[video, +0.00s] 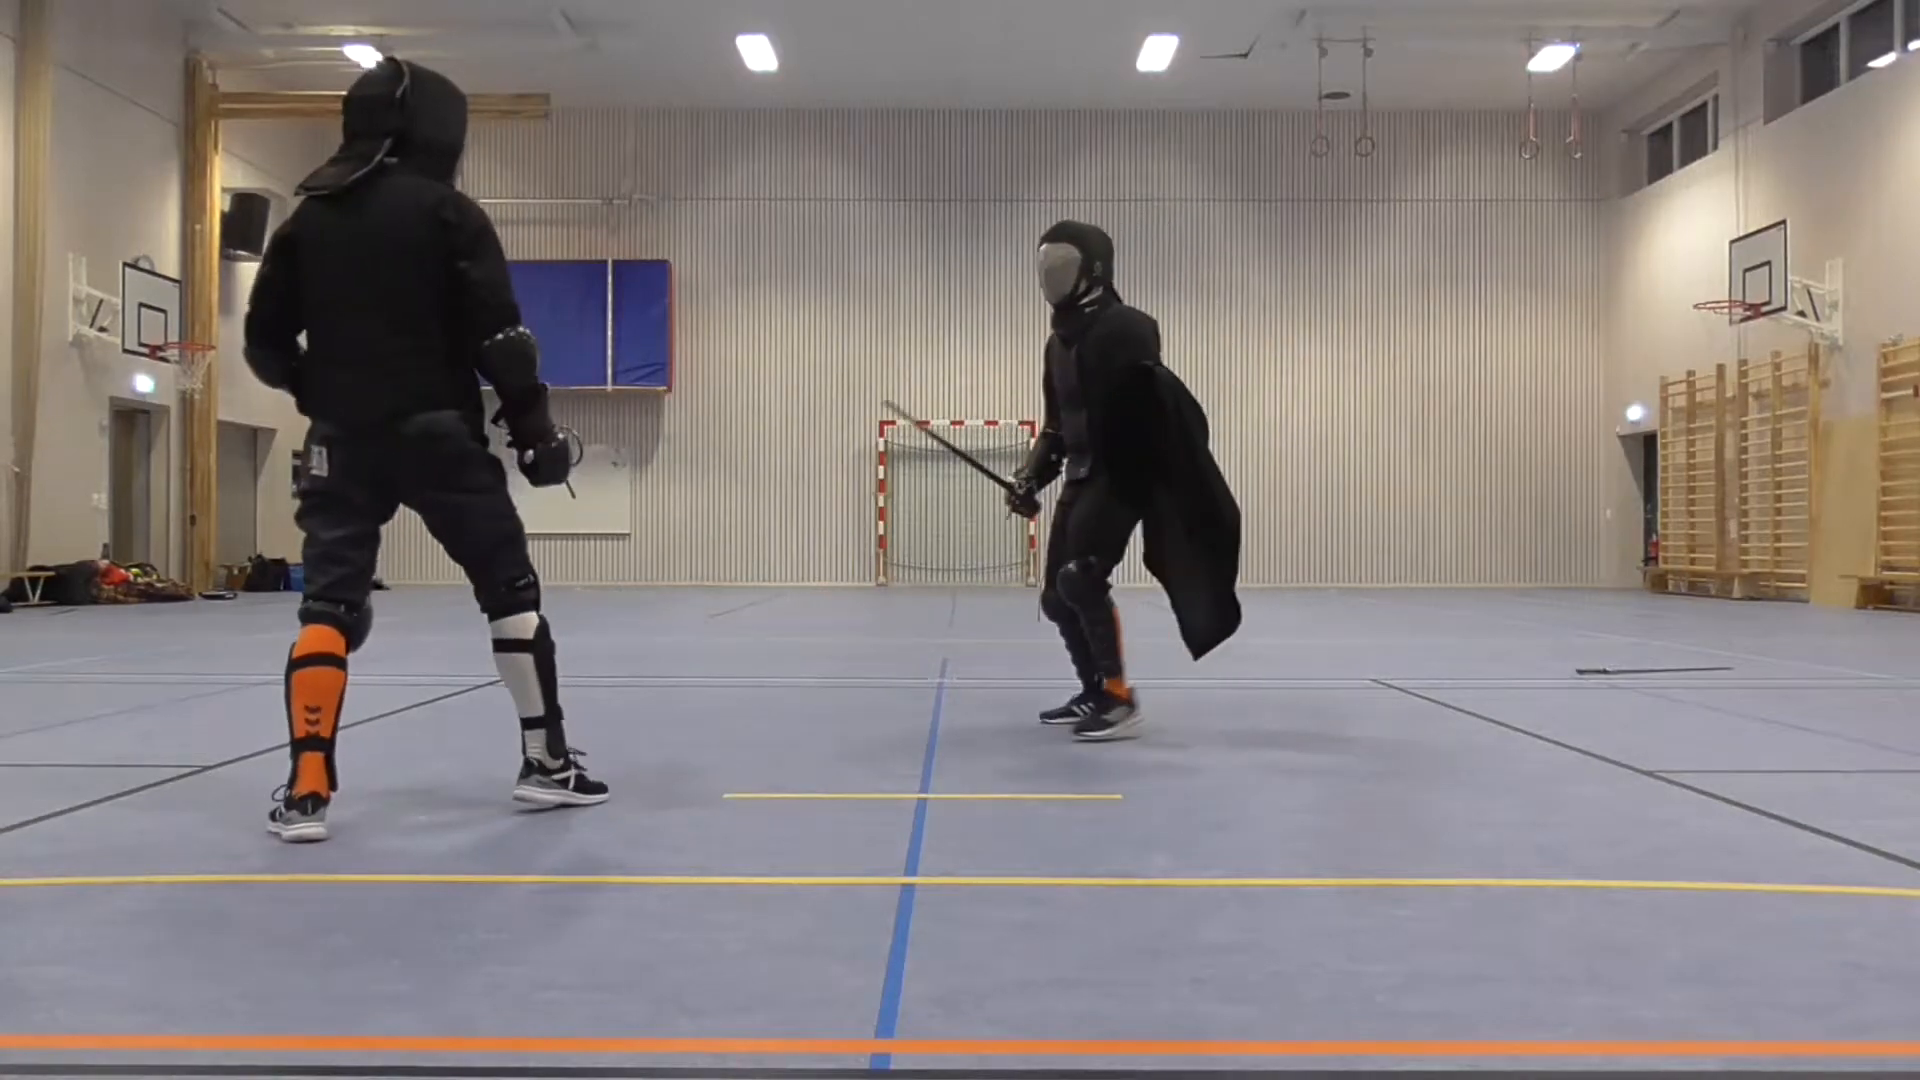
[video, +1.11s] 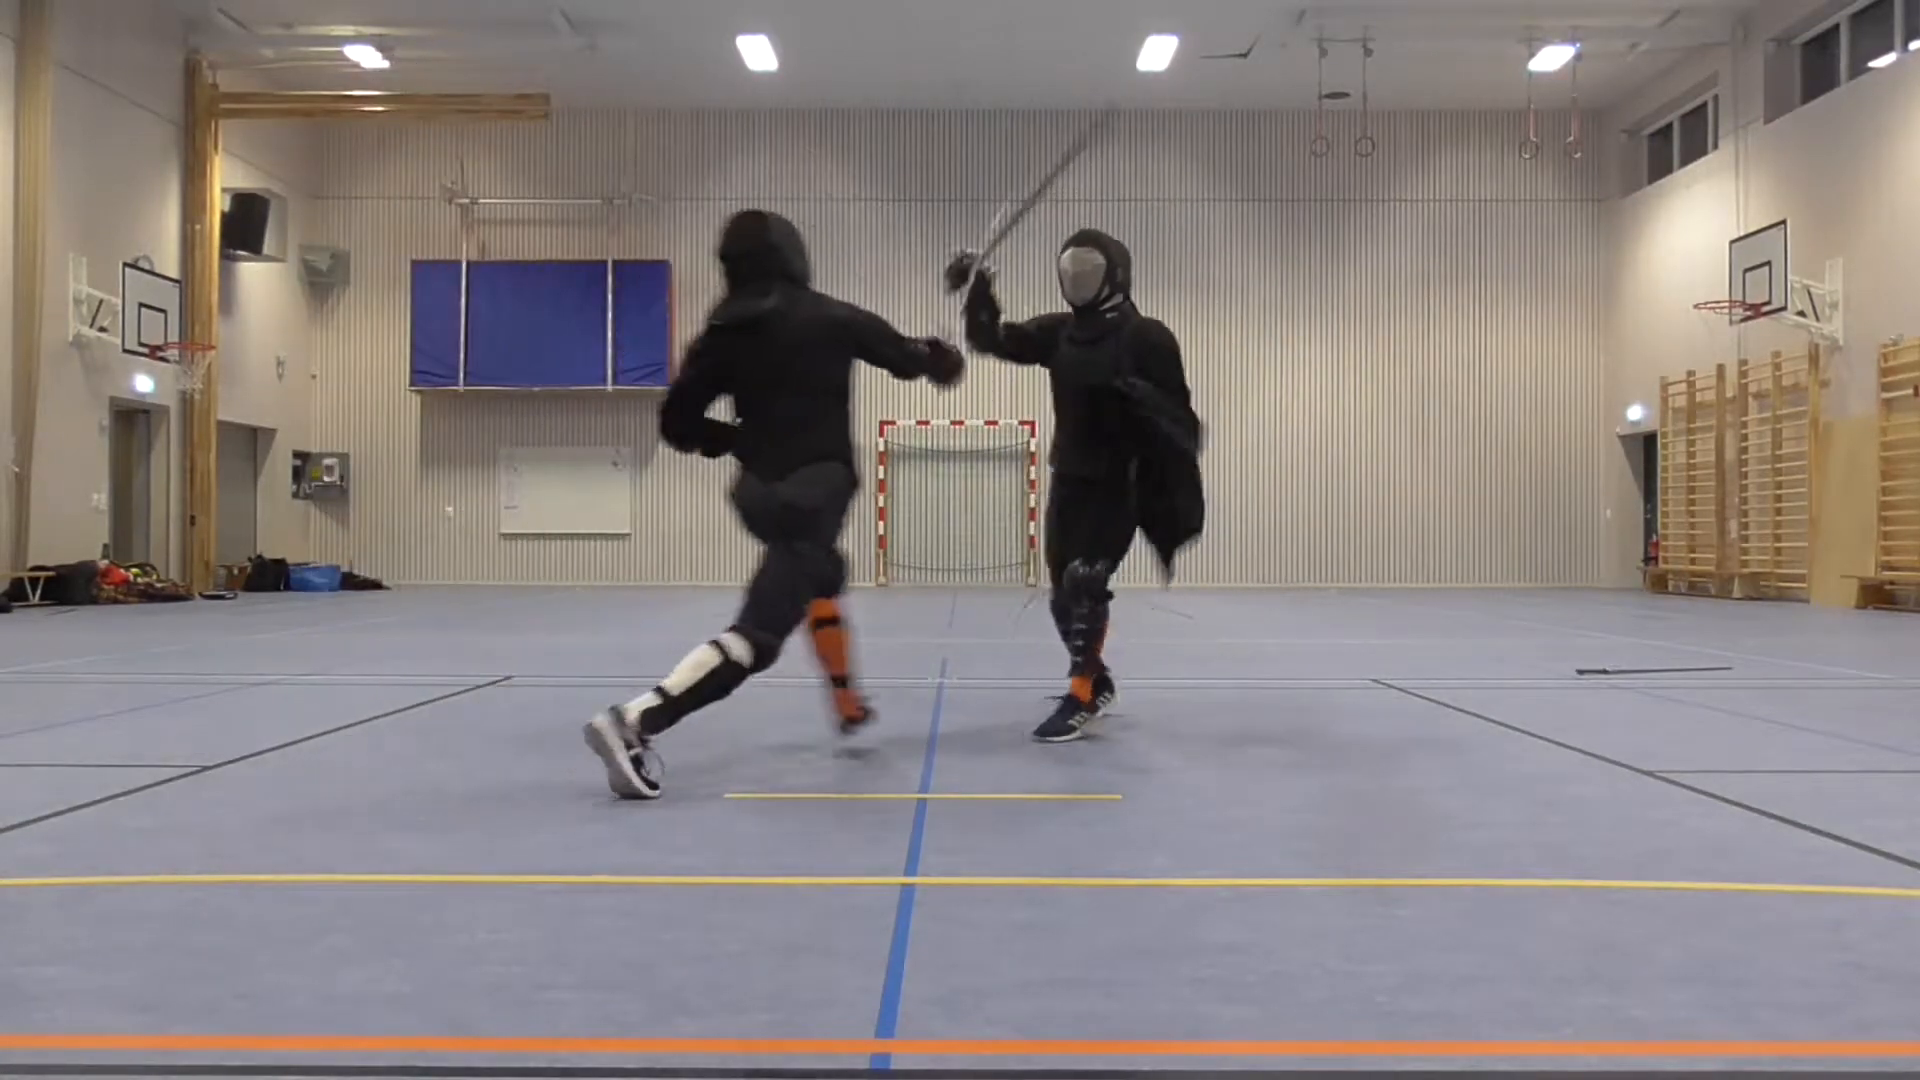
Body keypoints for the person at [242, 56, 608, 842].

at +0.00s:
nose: (458, 147)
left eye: (455, 133)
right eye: (453, 134)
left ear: (365, 129)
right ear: (431, 132)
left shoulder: (309, 219)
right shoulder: (449, 215)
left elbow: (264, 342)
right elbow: (502, 341)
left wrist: (324, 389)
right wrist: (537, 432)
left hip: (339, 441)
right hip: (440, 438)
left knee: (328, 602)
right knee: (508, 586)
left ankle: (308, 789)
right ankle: (545, 755)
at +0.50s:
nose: (508, 162)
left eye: (508, 149)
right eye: (502, 148)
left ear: (418, 145)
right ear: (481, 147)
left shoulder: (366, 231)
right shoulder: (492, 226)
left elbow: (354, 330)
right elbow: (536, 345)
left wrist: (410, 385)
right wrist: (586, 426)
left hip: (384, 441)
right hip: (480, 440)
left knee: (348, 602)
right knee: (553, 580)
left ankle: (309, 789)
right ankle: (538, 749)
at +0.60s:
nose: (533, 178)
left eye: (532, 165)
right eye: (527, 165)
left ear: (445, 164)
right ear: (507, 165)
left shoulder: (405, 253)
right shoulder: (519, 243)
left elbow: (462, 351)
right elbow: (577, 341)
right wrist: (643, 400)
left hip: (414, 458)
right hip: (506, 457)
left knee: (366, 609)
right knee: (587, 583)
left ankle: (314, 782)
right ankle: (552, 743)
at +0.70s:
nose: (586, 209)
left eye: (583, 197)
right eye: (582, 197)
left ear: (502, 193)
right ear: (566, 198)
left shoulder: (469, 262)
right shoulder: (566, 267)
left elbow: (548, 321)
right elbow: (655, 328)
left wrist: (637, 305)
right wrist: (711, 329)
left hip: (455, 470)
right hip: (541, 470)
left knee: (389, 617)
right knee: (630, 592)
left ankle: (315, 788)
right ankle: (593, 742)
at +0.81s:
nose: (655, 229)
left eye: (651, 218)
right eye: (648, 217)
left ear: (574, 217)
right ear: (633, 223)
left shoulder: (553, 282)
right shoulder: (631, 283)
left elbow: (674, 301)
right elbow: (742, 311)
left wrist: (752, 281)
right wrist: (766, 267)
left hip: (528, 480)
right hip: (604, 482)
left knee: (441, 611)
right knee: (663, 616)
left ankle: (341, 754)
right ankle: (598, 755)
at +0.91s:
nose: (697, 230)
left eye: (689, 221)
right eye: (690, 221)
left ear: (619, 236)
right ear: (681, 230)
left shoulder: (609, 299)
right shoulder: (707, 289)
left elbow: (688, 342)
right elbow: (819, 306)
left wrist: (756, 333)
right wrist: (815, 225)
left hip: (612, 484)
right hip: (688, 488)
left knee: (548, 616)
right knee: (700, 633)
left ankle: (452, 702)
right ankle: (607, 741)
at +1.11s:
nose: (806, 258)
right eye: (798, 249)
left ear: (733, 268)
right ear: (792, 255)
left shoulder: (724, 334)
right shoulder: (829, 317)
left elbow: (678, 425)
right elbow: (904, 358)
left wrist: (743, 440)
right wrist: (939, 358)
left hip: (755, 492)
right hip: (823, 486)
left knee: (823, 574)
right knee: (755, 637)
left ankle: (847, 702)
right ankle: (635, 723)